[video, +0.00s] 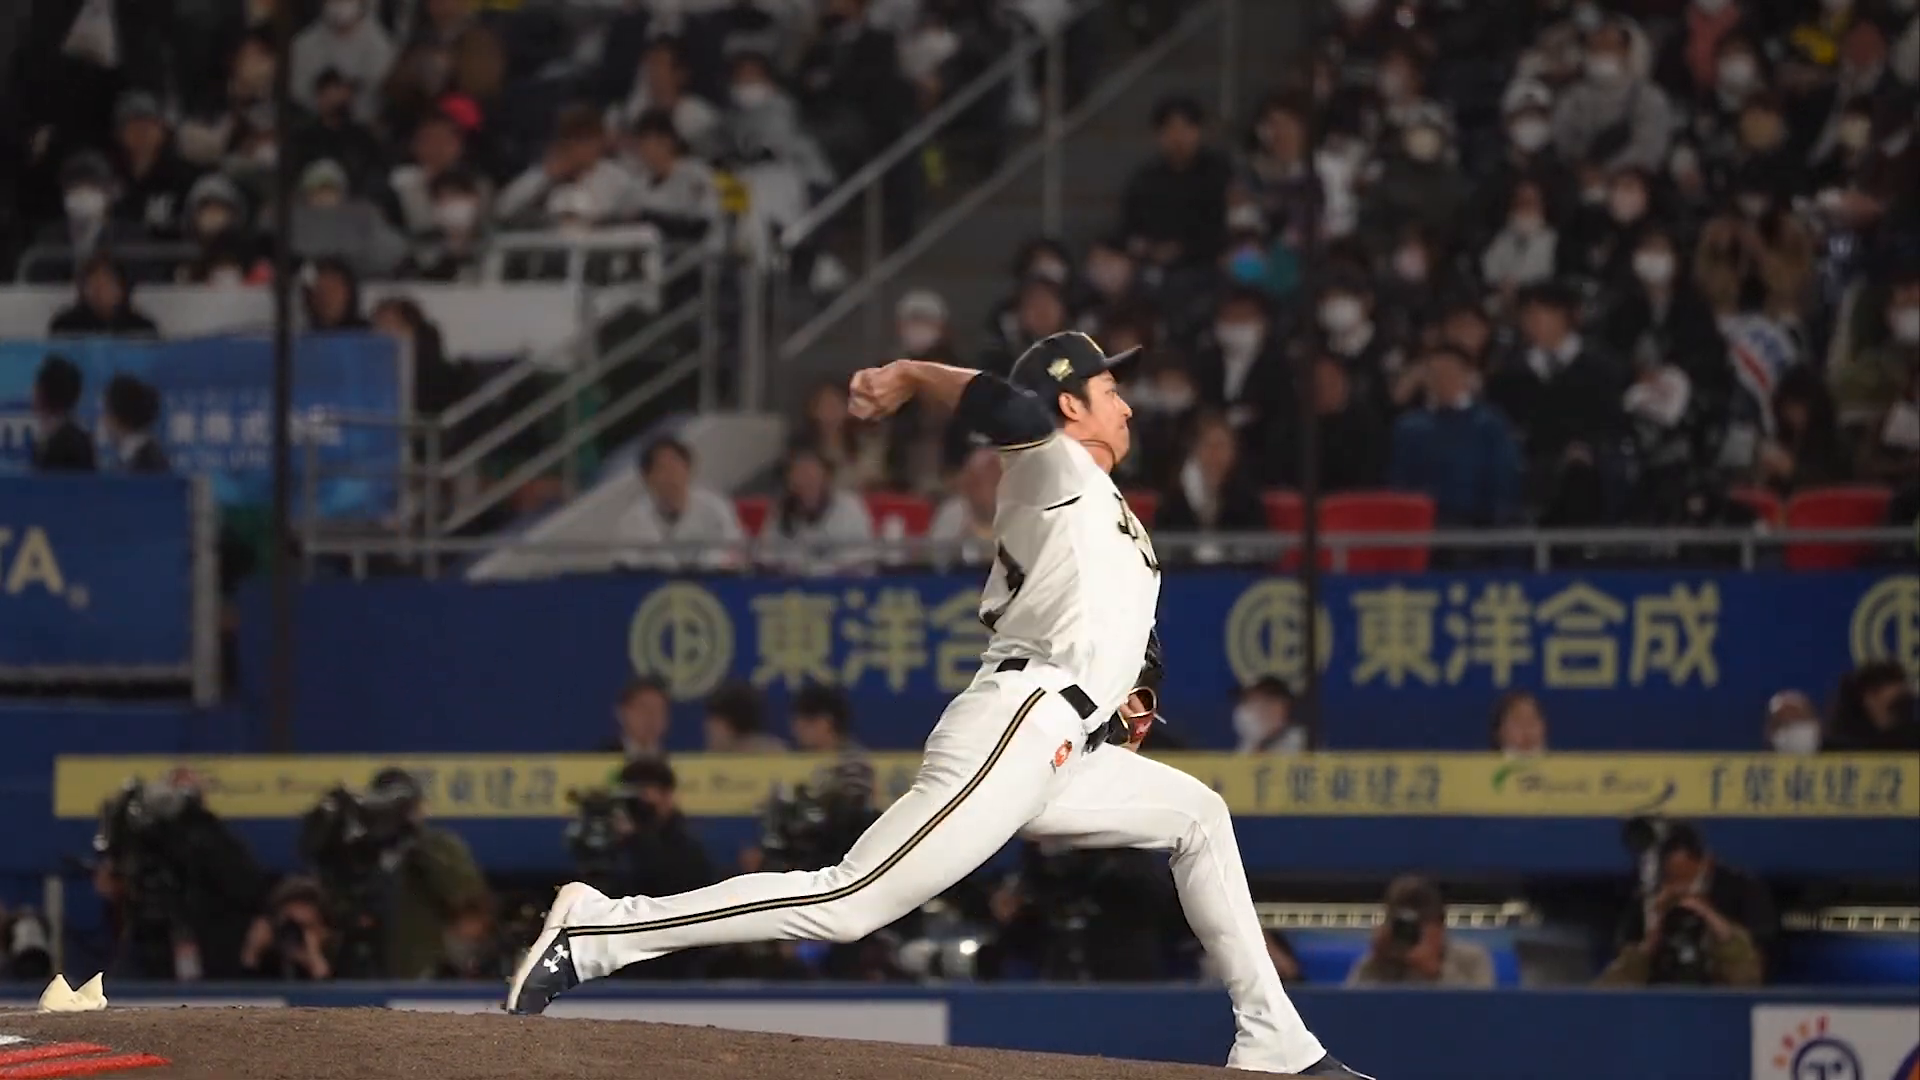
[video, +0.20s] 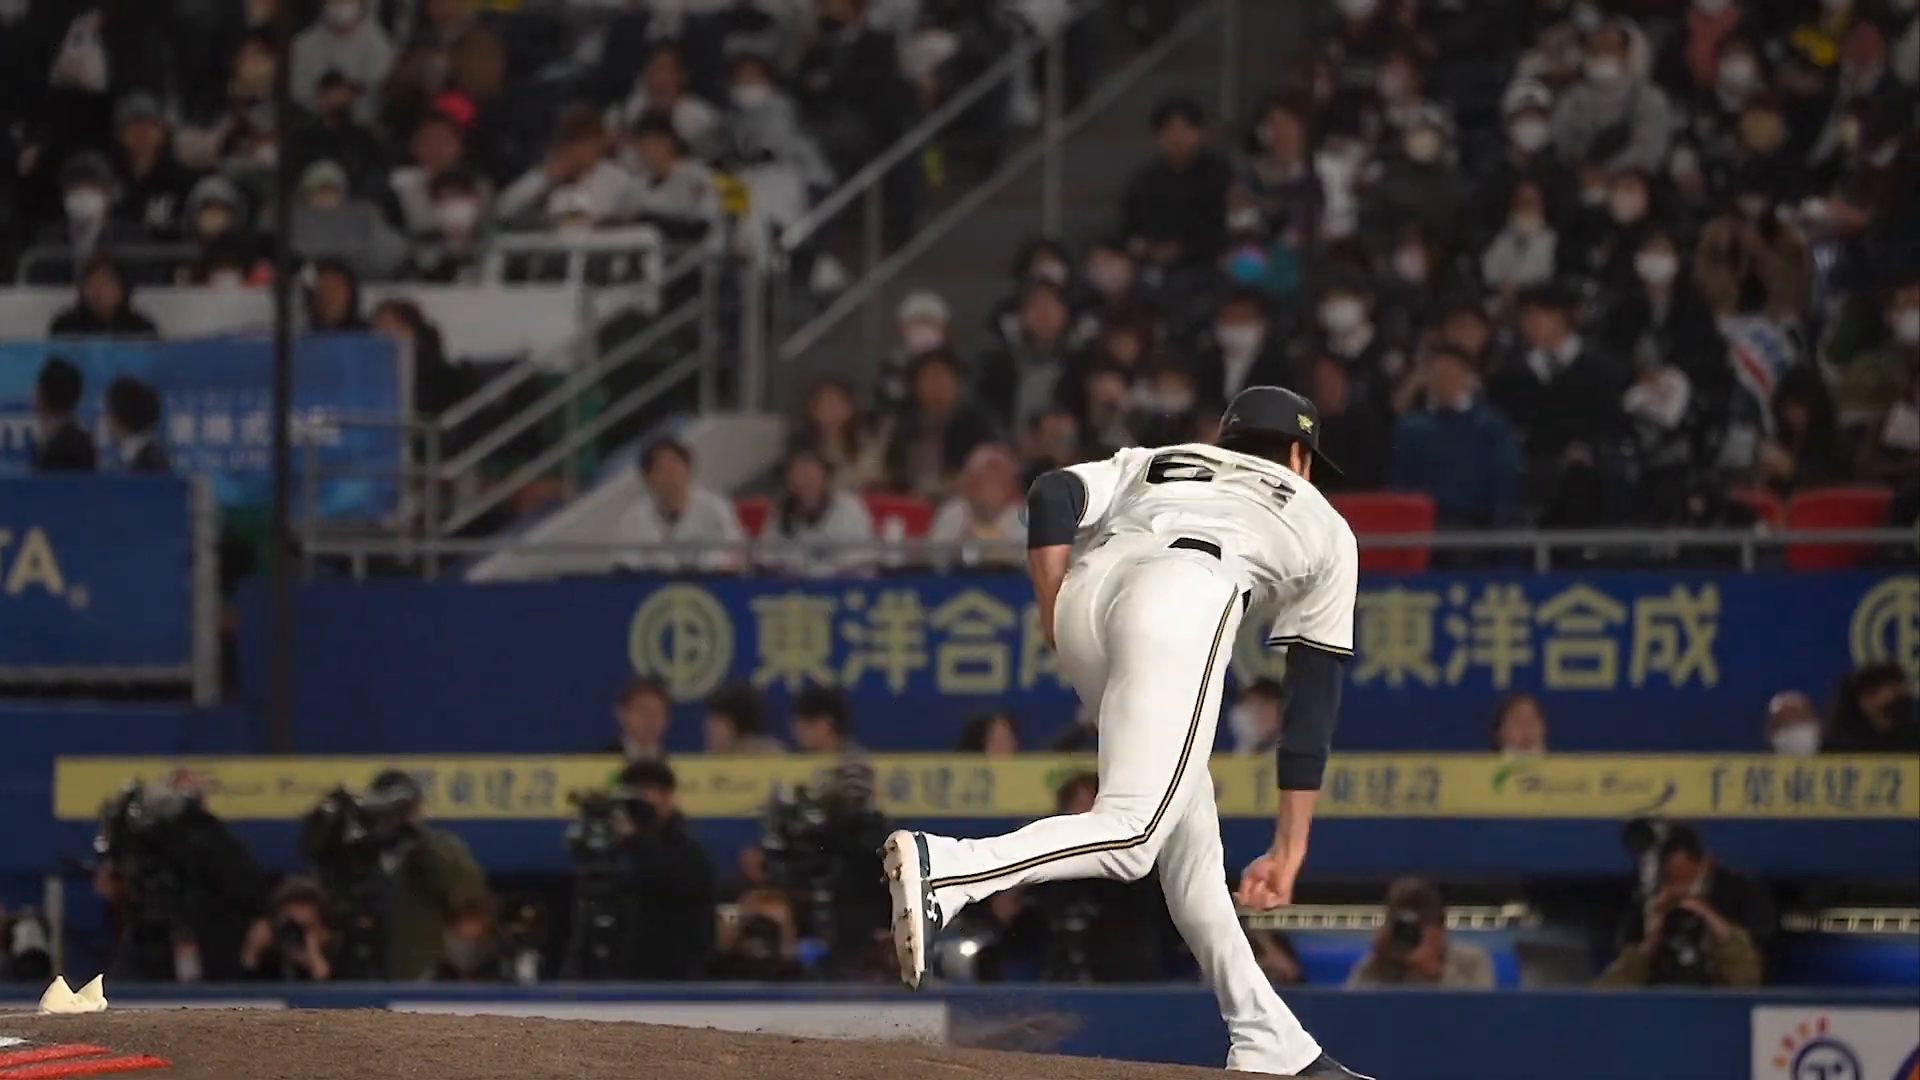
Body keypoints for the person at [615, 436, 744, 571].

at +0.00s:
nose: (670, 478)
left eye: (676, 469)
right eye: (661, 470)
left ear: (688, 472)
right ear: (647, 478)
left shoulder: (716, 510)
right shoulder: (632, 519)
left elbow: (737, 555)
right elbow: (628, 565)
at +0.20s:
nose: (670, 479)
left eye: (675, 469)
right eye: (661, 471)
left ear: (688, 472)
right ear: (647, 478)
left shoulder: (716, 510)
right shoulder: (632, 519)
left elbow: (737, 557)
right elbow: (627, 567)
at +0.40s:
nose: (671, 480)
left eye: (676, 471)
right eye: (662, 472)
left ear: (688, 473)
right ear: (648, 479)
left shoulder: (717, 511)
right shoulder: (632, 521)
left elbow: (737, 558)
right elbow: (628, 568)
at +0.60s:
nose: (671, 479)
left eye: (676, 470)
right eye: (663, 472)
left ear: (688, 473)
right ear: (648, 478)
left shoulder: (716, 510)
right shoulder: (634, 518)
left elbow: (738, 557)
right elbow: (626, 565)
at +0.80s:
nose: (671, 478)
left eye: (676, 468)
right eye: (663, 470)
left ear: (688, 472)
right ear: (648, 478)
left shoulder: (717, 510)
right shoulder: (634, 517)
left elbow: (737, 557)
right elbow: (625, 564)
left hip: (708, 592)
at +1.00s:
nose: (671, 478)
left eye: (676, 468)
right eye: (663, 470)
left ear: (688, 471)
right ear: (648, 477)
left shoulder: (717, 510)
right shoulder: (634, 517)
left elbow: (737, 557)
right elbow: (625, 564)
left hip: (708, 592)